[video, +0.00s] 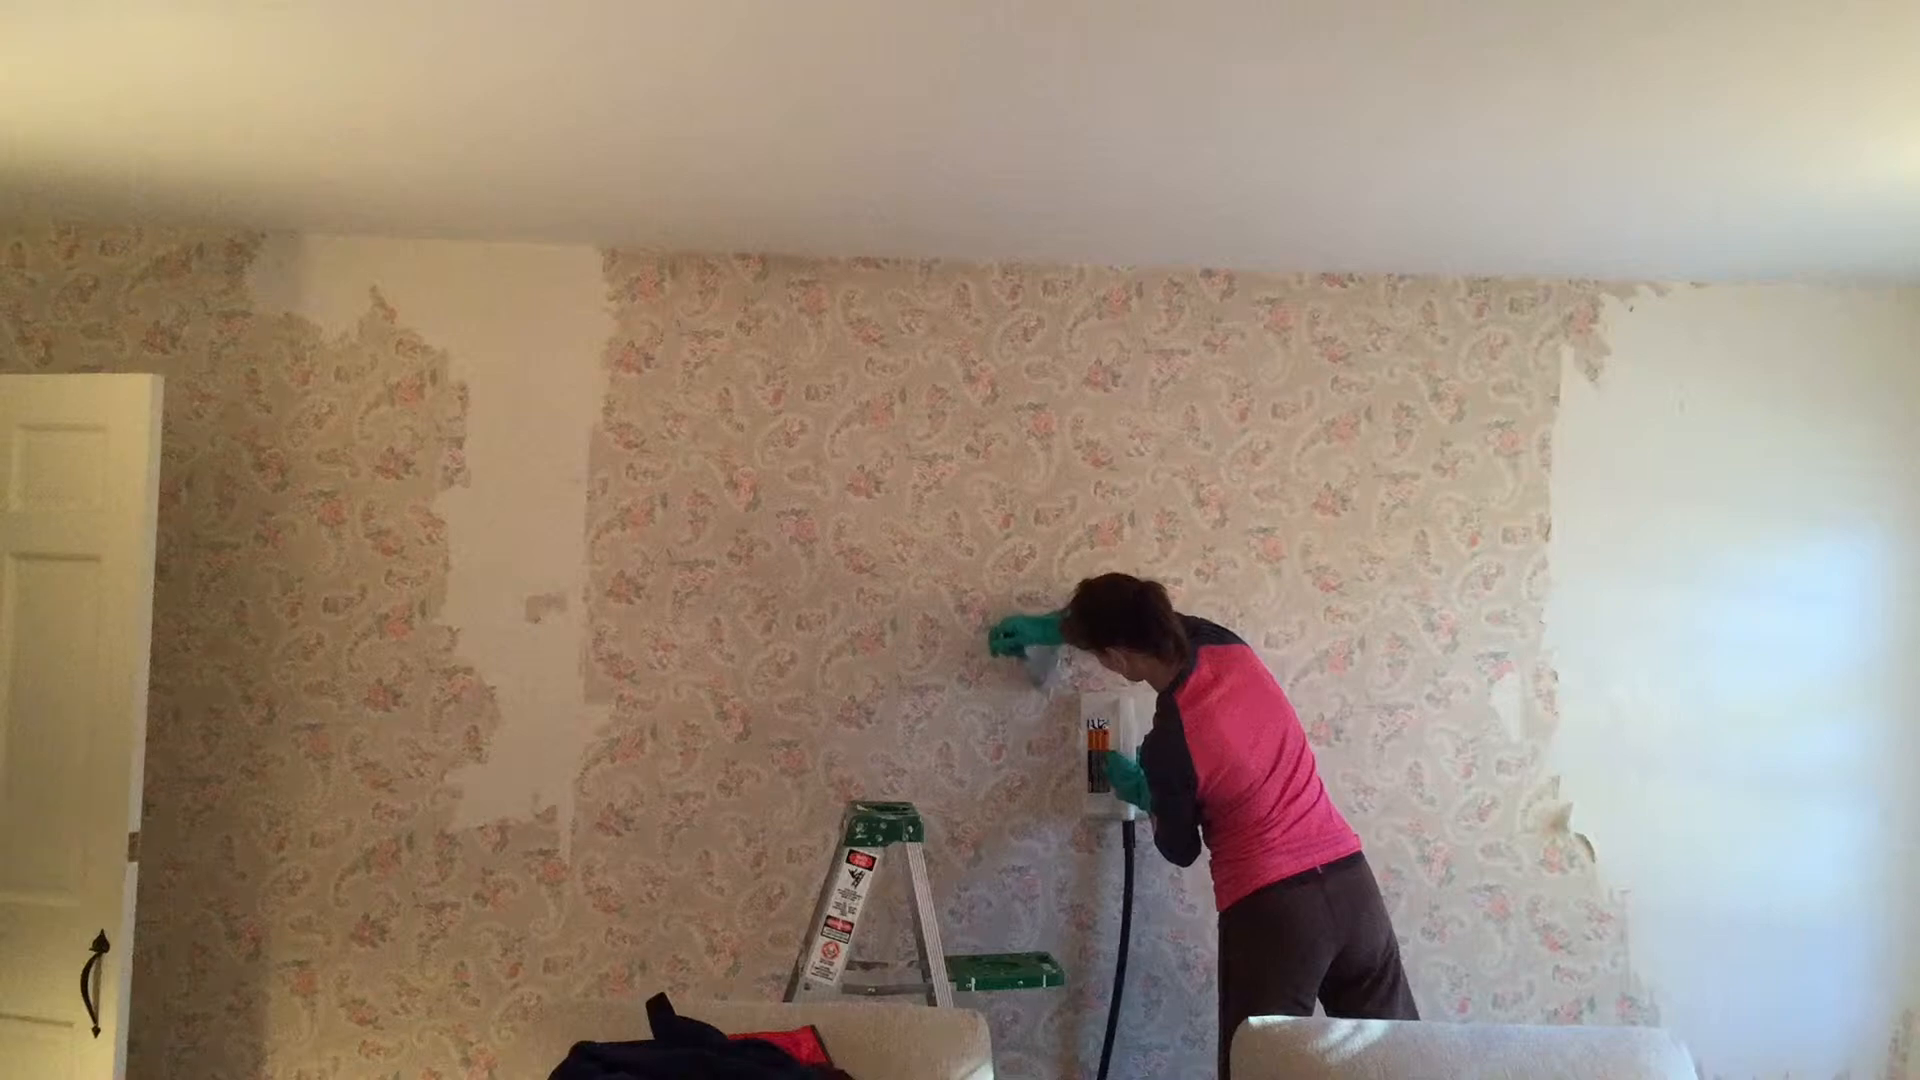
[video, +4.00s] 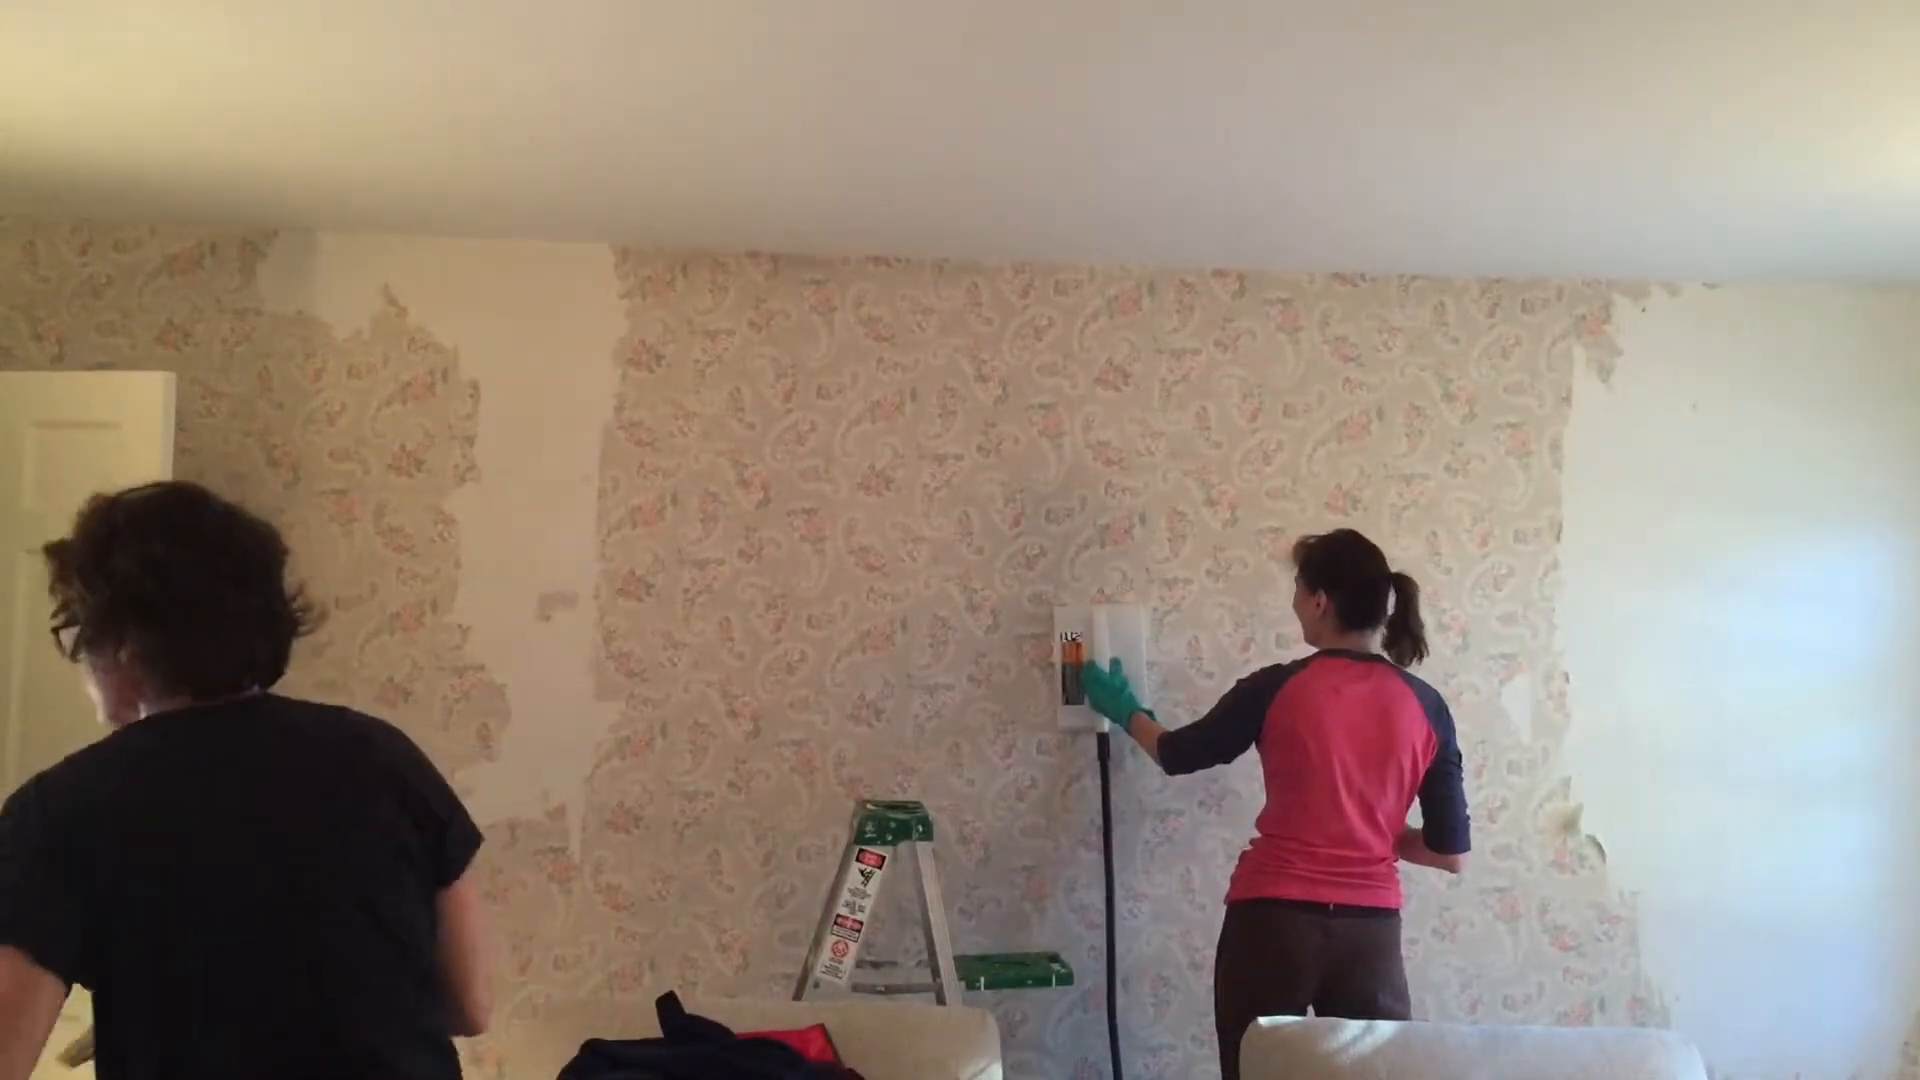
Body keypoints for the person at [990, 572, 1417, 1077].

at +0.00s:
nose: (1106, 666)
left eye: (1103, 653)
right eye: (1098, 655)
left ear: (1122, 651)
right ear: (1157, 615)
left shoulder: (1168, 738)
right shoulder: (1232, 648)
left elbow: (1180, 847)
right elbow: (1139, 616)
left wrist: (1139, 791)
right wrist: (1045, 628)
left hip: (1270, 916)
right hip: (1352, 889)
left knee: (1254, 1069)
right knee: (1401, 1059)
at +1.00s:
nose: (1119, 659)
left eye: (1114, 649)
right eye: (1113, 649)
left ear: (1129, 651)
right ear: (1178, 611)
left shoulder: (1171, 740)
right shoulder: (1241, 645)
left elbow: (1181, 848)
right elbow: (1164, 613)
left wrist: (1143, 791)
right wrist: (1074, 617)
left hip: (1266, 917)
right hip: (1350, 892)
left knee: (1250, 1073)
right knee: (1402, 1060)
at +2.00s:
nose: (1241, 608)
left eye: (1249, 594)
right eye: (1241, 594)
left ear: (1296, 599)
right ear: (1302, 597)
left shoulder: (1264, 691)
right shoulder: (1393, 685)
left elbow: (1180, 768)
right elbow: (1451, 804)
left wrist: (1129, 712)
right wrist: (1399, 735)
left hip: (1278, 920)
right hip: (1374, 922)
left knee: (1262, 1075)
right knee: (1385, 1074)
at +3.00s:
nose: (1277, 608)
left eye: (1279, 593)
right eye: (1277, 593)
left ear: (1302, 596)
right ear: (1354, 594)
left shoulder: (1276, 686)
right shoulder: (1416, 695)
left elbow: (1176, 758)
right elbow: (1445, 835)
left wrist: (1127, 709)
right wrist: (1390, 786)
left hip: (1279, 927)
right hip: (1378, 934)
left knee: (1260, 1075)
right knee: (1385, 1076)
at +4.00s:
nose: (1295, 602)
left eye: (1299, 589)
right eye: (1298, 588)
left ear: (1320, 600)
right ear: (1379, 602)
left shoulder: (1277, 685)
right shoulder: (1427, 705)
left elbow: (1175, 753)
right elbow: (1449, 852)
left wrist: (1124, 711)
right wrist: (1375, 831)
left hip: (1268, 932)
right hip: (1370, 940)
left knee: (1253, 1074)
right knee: (1379, 1076)